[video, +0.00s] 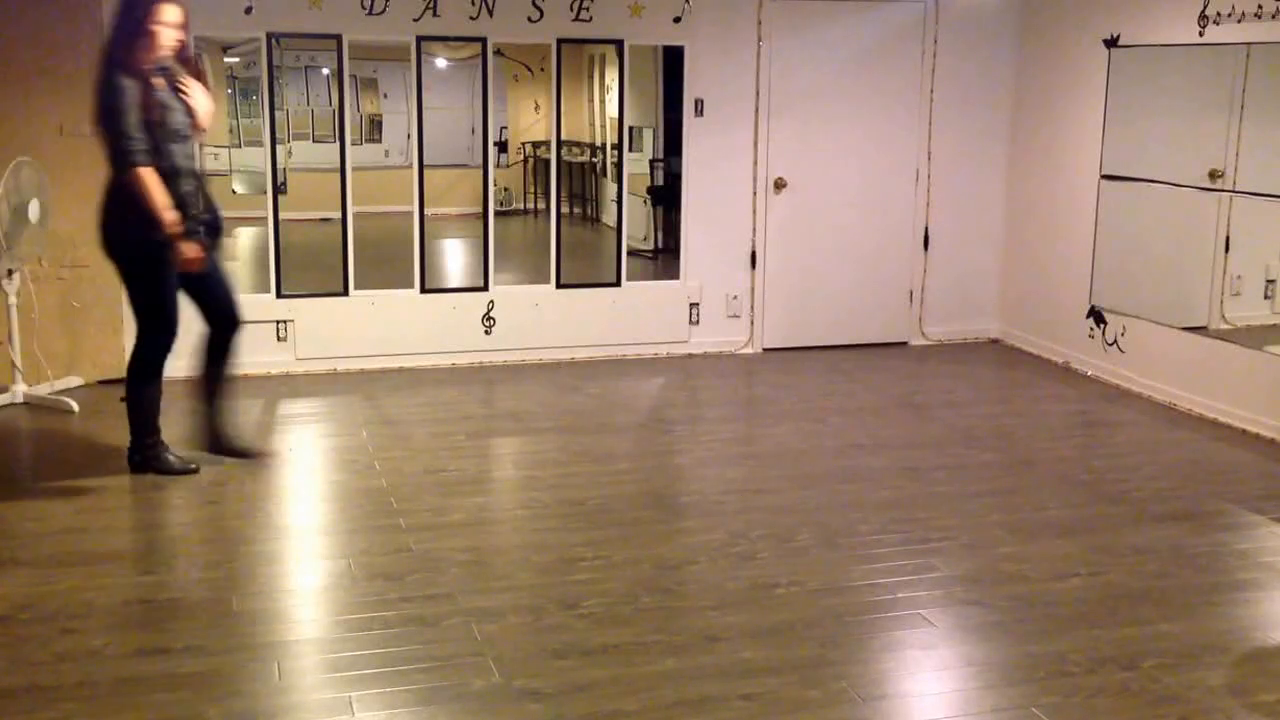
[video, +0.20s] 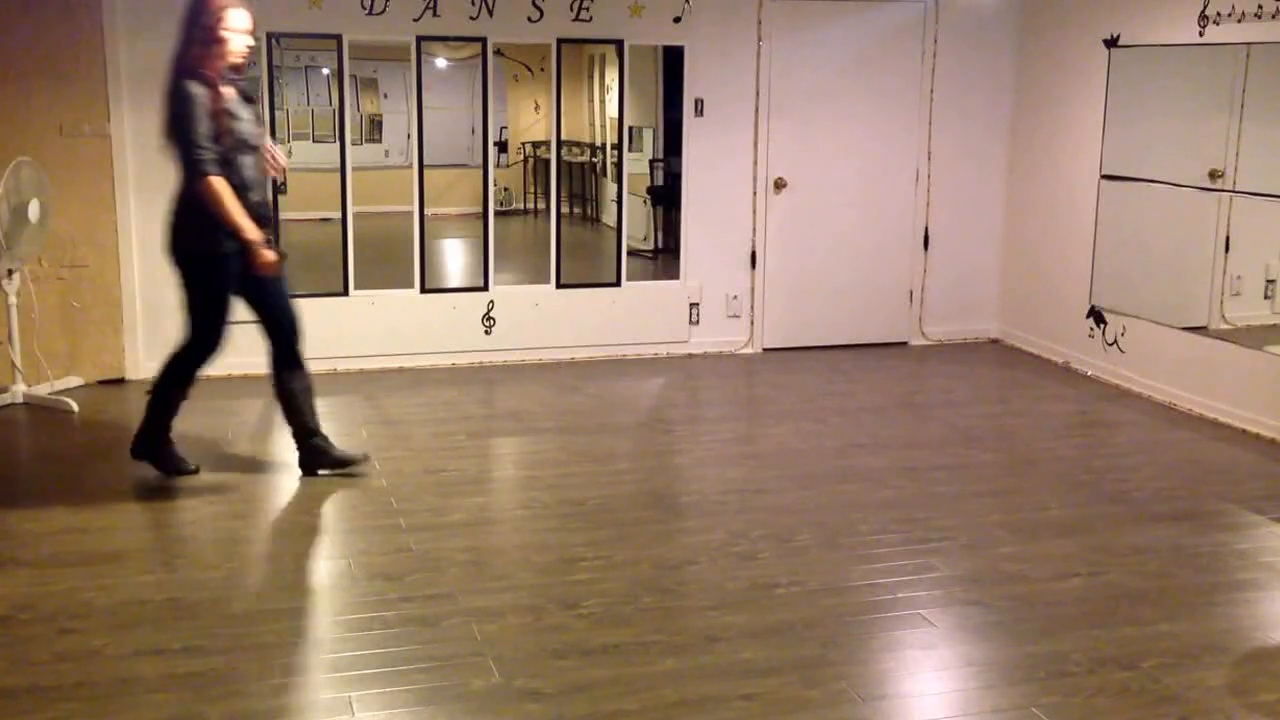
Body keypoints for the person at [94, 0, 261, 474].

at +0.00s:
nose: (174, 35)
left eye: (179, 26)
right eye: (164, 24)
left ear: (183, 33)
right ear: (140, 28)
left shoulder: (174, 77)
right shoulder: (124, 81)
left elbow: (202, 127)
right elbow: (136, 162)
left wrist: (205, 117)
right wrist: (177, 231)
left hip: (183, 219)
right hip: (140, 224)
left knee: (225, 319)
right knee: (158, 329)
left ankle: (213, 431)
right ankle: (145, 446)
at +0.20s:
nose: (245, 43)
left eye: (247, 34)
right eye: (235, 32)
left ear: (248, 39)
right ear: (209, 35)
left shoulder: (233, 91)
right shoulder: (194, 91)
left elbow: (235, 143)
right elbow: (205, 174)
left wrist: (263, 152)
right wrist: (255, 239)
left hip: (247, 229)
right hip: (206, 232)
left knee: (284, 328)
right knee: (204, 337)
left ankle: (311, 444)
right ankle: (152, 436)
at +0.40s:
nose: (297, 44)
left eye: (298, 33)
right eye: (285, 33)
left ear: (291, 36)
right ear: (255, 35)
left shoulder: (281, 88)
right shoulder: (241, 87)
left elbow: (291, 161)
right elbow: (247, 169)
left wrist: (327, 192)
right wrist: (297, 234)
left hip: (301, 227)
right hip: (264, 232)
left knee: (318, 337)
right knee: (304, 338)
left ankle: (317, 448)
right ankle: (217, 413)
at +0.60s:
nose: (325, 43)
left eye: (334, 32)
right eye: (316, 33)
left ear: (347, 41)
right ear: (306, 37)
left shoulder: (355, 93)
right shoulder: (295, 93)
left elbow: (361, 165)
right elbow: (295, 173)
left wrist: (389, 199)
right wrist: (353, 218)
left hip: (352, 232)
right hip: (318, 234)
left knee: (337, 340)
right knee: (380, 333)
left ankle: (317, 449)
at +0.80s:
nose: (415, 37)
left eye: (411, 29)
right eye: (408, 29)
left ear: (394, 37)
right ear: (389, 38)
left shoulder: (409, 96)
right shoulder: (372, 101)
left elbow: (409, 175)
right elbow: (370, 186)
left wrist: (443, 205)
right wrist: (426, 222)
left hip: (404, 233)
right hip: (385, 237)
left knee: (394, 340)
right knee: (443, 340)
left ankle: (330, 434)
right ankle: (466, 470)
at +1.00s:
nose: (469, 29)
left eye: (466, 20)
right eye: (462, 21)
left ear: (431, 31)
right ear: (442, 29)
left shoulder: (443, 85)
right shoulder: (434, 92)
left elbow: (461, 166)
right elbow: (455, 175)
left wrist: (506, 214)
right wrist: (510, 220)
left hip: (457, 234)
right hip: (450, 237)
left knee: (494, 337)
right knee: (485, 342)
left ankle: (422, 422)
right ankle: (470, 472)